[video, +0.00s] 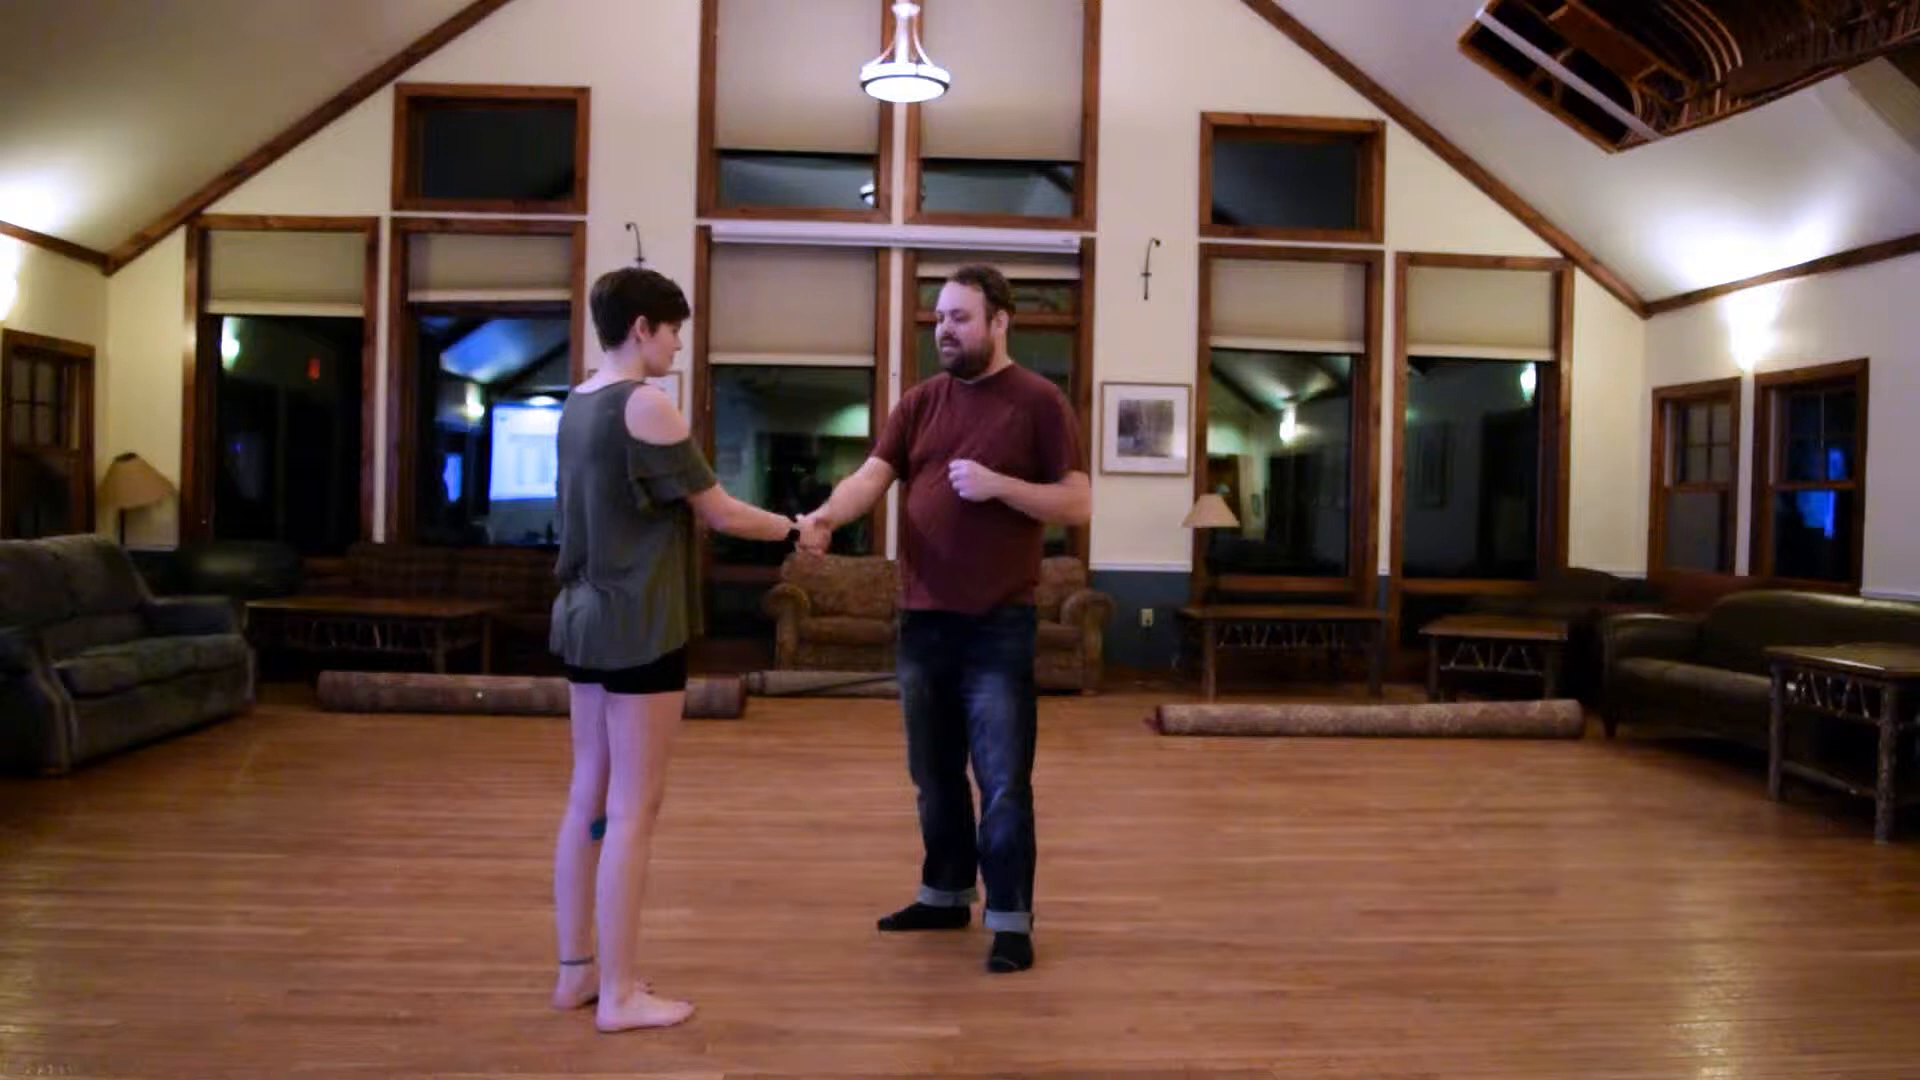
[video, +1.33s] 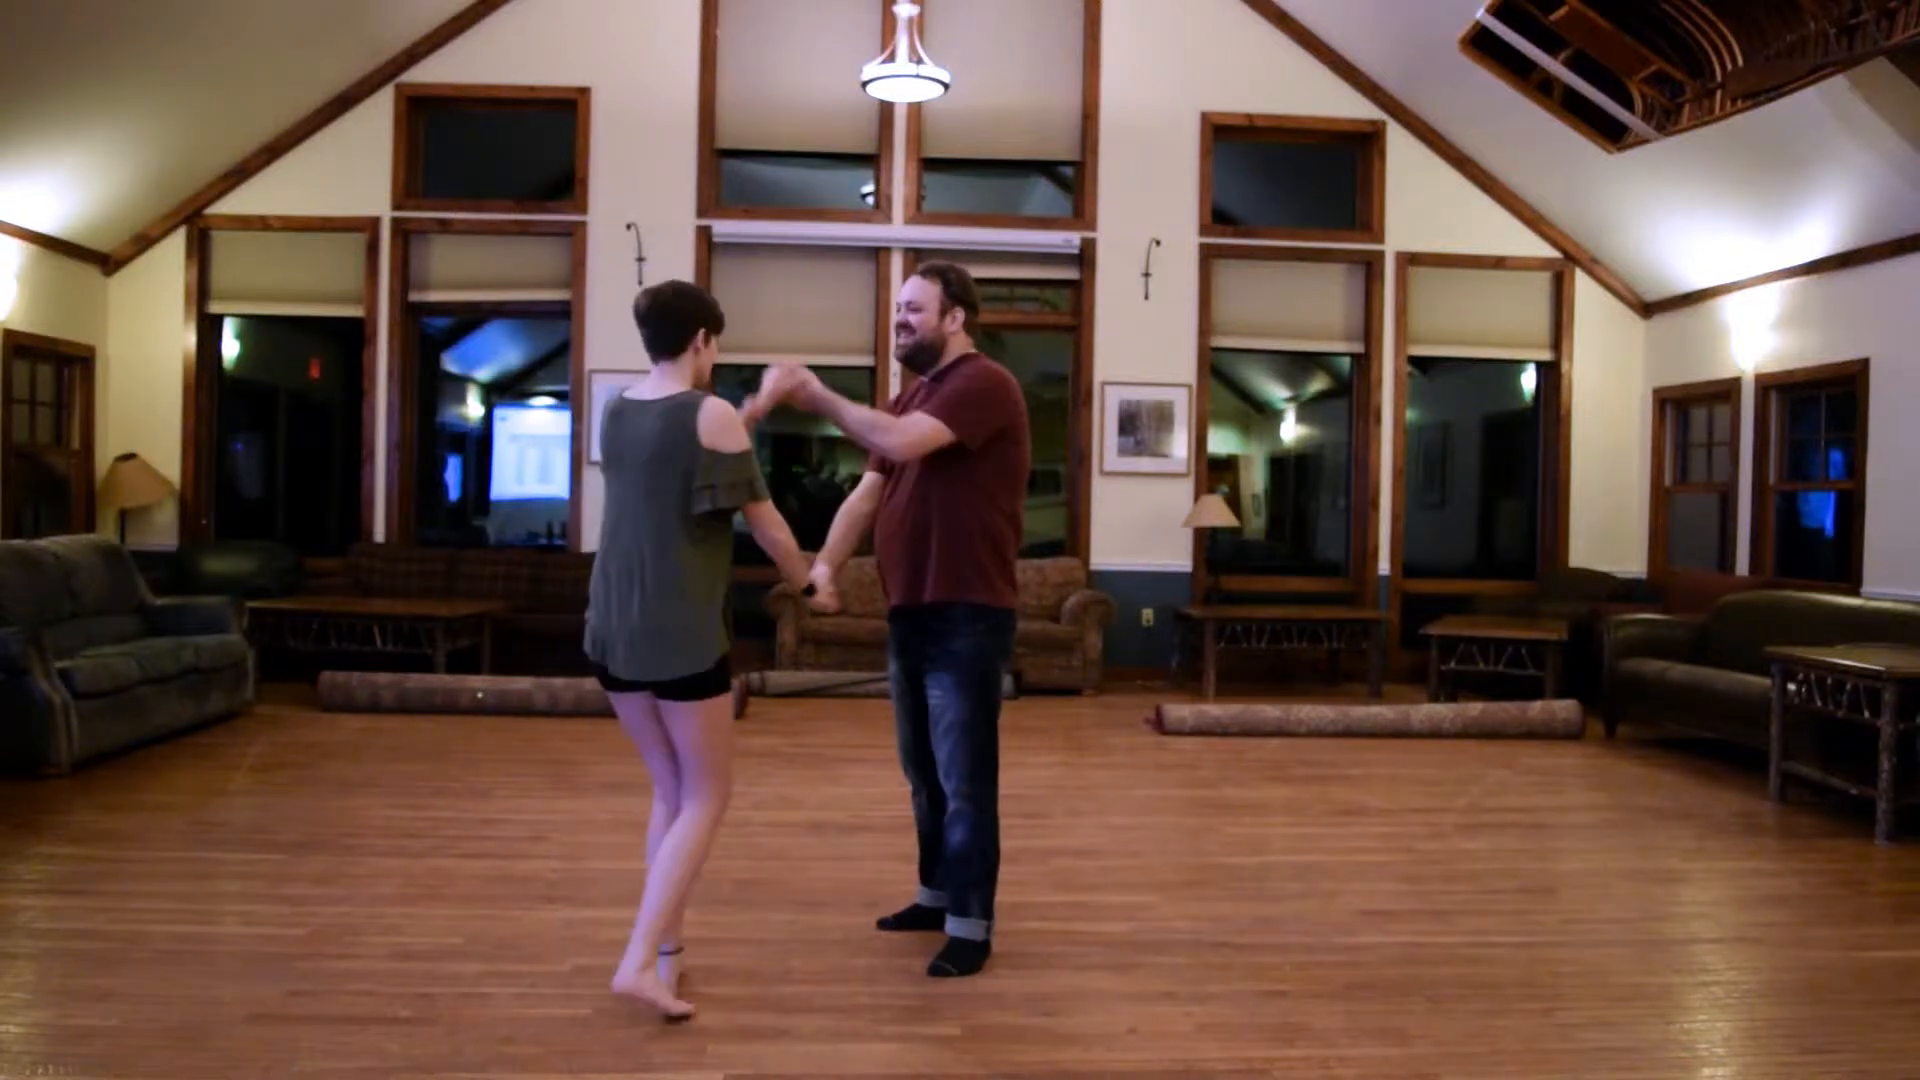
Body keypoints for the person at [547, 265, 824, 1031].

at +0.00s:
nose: (676, 347)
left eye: (677, 335)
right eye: (672, 335)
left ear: (615, 331)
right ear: (643, 331)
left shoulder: (580, 402)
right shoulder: (649, 403)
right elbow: (716, 510)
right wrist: (792, 527)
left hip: (584, 621)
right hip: (642, 630)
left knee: (586, 801)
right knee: (632, 811)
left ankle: (576, 970)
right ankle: (620, 993)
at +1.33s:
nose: (718, 351)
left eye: (716, 340)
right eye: (717, 340)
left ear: (650, 342)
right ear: (702, 342)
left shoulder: (619, 412)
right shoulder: (715, 416)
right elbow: (766, 524)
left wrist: (746, 413)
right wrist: (804, 578)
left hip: (613, 630)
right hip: (682, 637)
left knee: (668, 792)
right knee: (706, 797)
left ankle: (667, 950)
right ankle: (637, 964)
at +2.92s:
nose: (768, 322)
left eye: (780, 313)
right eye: (779, 312)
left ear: (802, 323)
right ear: (838, 332)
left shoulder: (782, 376)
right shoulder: (858, 406)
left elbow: (729, 276)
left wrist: (773, 254)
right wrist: (789, 269)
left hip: (795, 601)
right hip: (854, 603)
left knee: (775, 780)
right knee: (828, 775)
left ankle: (852, 936)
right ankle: (836, 932)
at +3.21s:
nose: (842, 328)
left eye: (848, 319)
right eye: (828, 318)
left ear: (857, 332)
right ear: (793, 331)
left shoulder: (877, 392)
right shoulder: (765, 394)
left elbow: (937, 297)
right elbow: (760, 277)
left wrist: (882, 241)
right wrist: (848, 258)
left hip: (849, 598)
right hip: (771, 597)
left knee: (825, 787)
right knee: (784, 796)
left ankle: (857, 944)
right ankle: (786, 958)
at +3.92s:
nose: (862, 336)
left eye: (865, 324)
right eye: (860, 326)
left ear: (789, 334)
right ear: (844, 333)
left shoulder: (777, 406)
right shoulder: (833, 408)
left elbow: (852, 414)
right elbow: (935, 453)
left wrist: (876, 347)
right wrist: (906, 366)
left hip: (792, 613)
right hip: (829, 620)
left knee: (818, 802)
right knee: (825, 806)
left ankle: (786, 974)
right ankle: (782, 985)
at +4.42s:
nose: (863, 340)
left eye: (864, 328)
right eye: (861, 329)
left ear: (797, 333)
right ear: (847, 332)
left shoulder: (789, 399)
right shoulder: (835, 402)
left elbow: (877, 402)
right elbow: (946, 437)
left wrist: (891, 328)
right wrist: (930, 365)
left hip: (799, 616)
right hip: (824, 622)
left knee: (817, 805)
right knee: (825, 808)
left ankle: (788, 974)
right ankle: (782, 985)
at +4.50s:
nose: (867, 337)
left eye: (867, 325)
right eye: (865, 327)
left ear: (804, 333)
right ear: (851, 331)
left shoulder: (799, 396)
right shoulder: (839, 400)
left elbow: (890, 408)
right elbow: (951, 436)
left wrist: (904, 335)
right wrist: (941, 354)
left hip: (800, 614)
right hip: (825, 621)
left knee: (819, 804)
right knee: (823, 808)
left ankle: (788, 973)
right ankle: (782, 985)